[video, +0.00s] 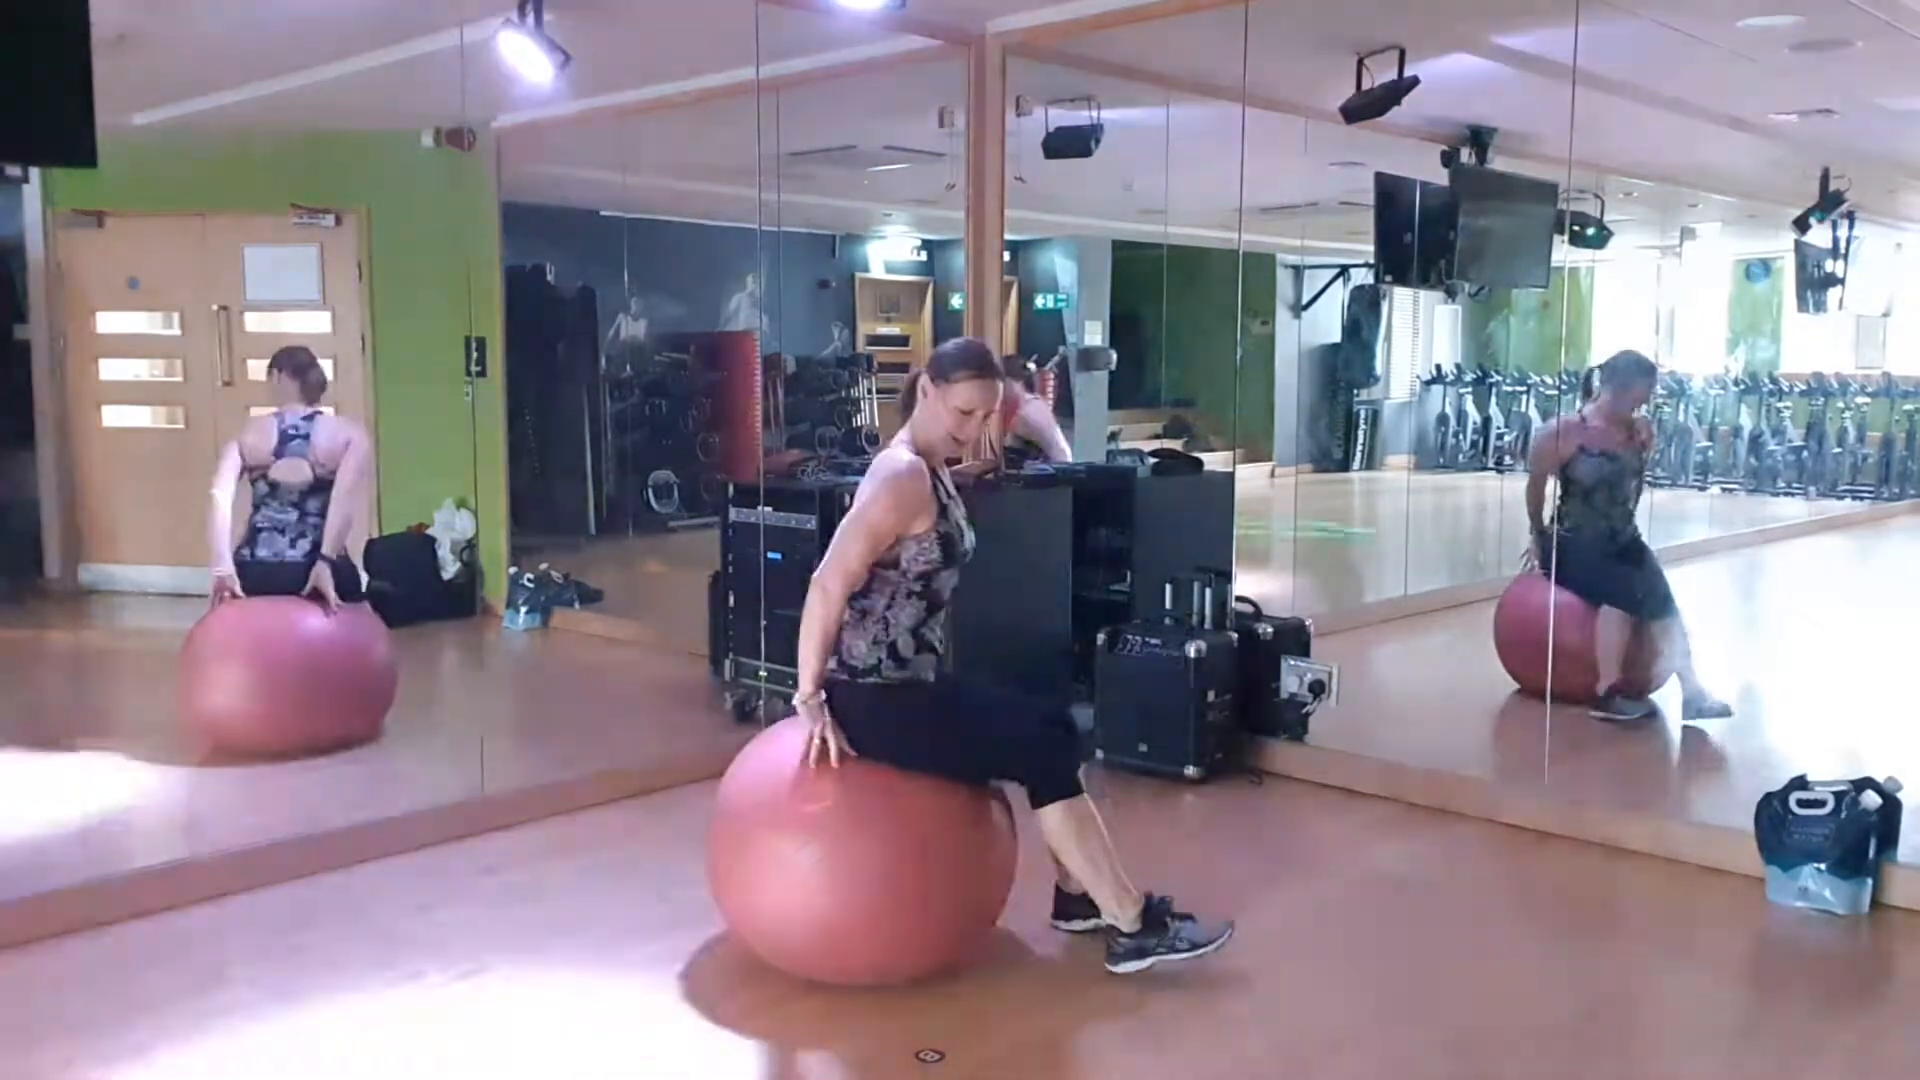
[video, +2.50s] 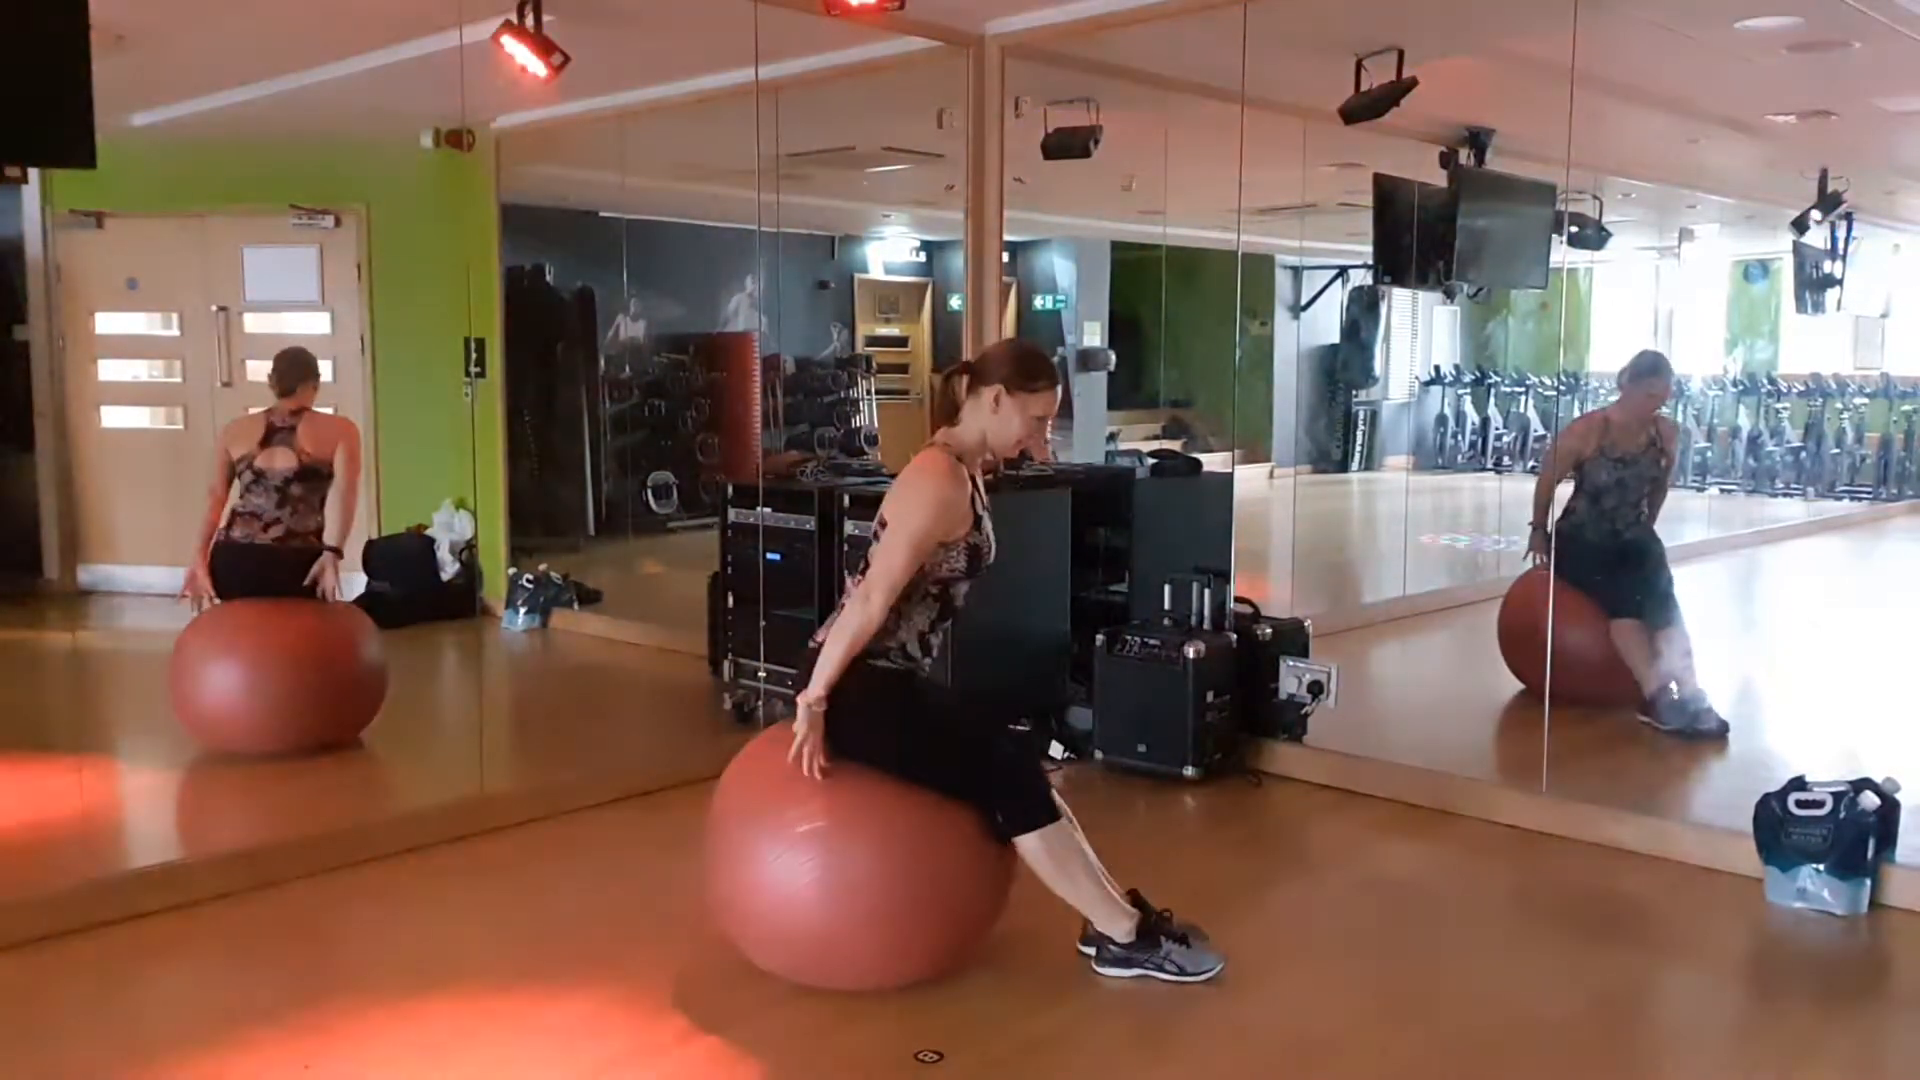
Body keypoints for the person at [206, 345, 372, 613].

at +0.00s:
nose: (270, 385)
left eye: (270, 377)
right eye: (270, 378)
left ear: (278, 376)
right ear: (317, 381)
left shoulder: (247, 434)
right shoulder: (350, 433)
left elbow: (220, 495)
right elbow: (343, 498)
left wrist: (221, 565)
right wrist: (326, 560)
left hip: (254, 571)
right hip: (320, 570)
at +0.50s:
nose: (273, 375)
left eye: (278, 367)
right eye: (275, 367)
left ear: (294, 371)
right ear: (323, 373)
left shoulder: (253, 427)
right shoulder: (355, 428)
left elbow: (233, 491)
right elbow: (350, 492)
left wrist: (231, 558)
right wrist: (334, 553)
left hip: (265, 561)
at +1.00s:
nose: (268, 326)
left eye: (272, 318)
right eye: (269, 318)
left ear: (288, 324)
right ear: (317, 325)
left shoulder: (250, 384)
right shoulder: (351, 385)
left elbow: (244, 457)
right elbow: (357, 457)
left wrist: (241, 517)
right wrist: (355, 518)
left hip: (269, 517)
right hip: (328, 518)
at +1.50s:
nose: (248, 384)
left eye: (252, 376)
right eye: (250, 376)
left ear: (268, 384)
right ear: (298, 384)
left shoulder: (237, 442)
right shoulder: (340, 436)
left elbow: (235, 512)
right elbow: (354, 501)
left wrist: (241, 570)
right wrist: (357, 562)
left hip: (270, 574)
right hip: (330, 570)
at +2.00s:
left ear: (269, 380)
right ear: (313, 380)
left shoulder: (239, 432)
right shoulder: (341, 431)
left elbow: (219, 504)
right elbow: (343, 495)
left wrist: (213, 563)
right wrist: (337, 555)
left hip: (250, 570)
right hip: (314, 569)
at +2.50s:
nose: (315, 390)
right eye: (315, 383)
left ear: (273, 383)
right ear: (314, 384)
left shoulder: (235, 430)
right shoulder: (339, 431)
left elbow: (216, 498)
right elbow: (342, 494)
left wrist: (200, 558)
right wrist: (331, 553)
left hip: (232, 559)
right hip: (298, 561)